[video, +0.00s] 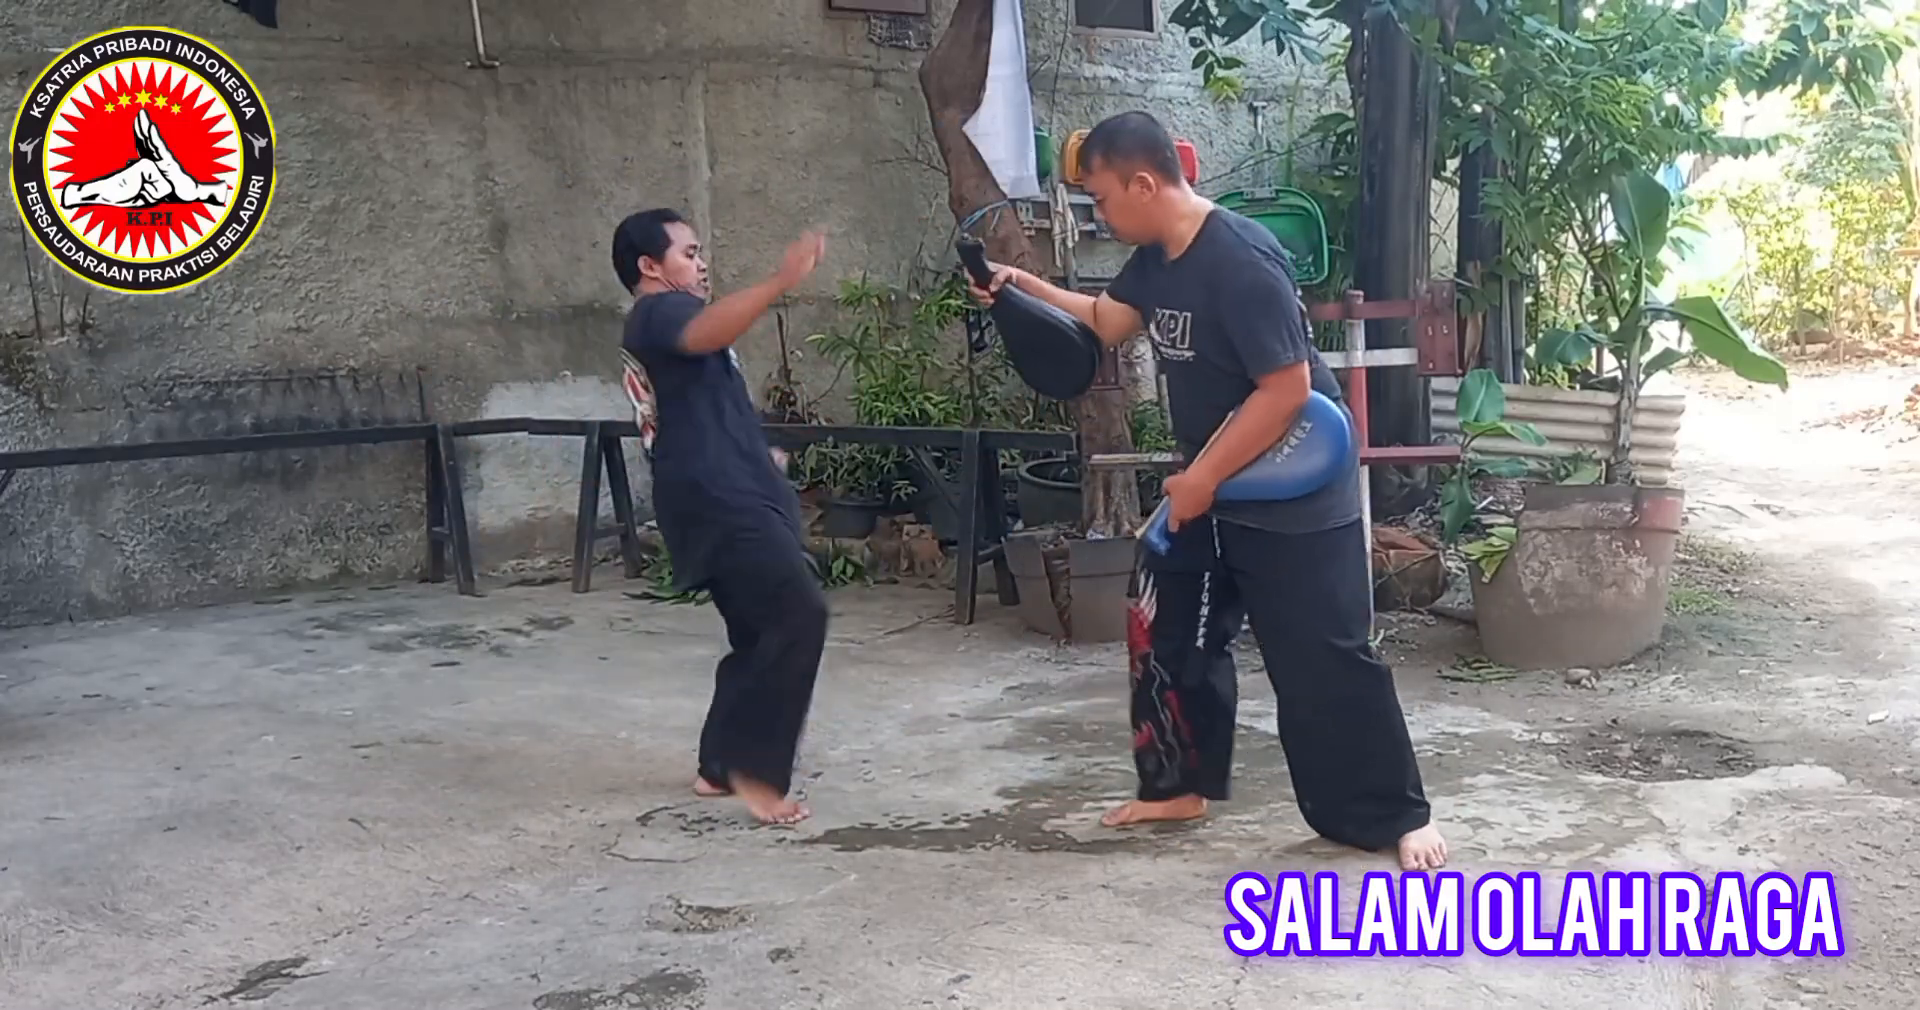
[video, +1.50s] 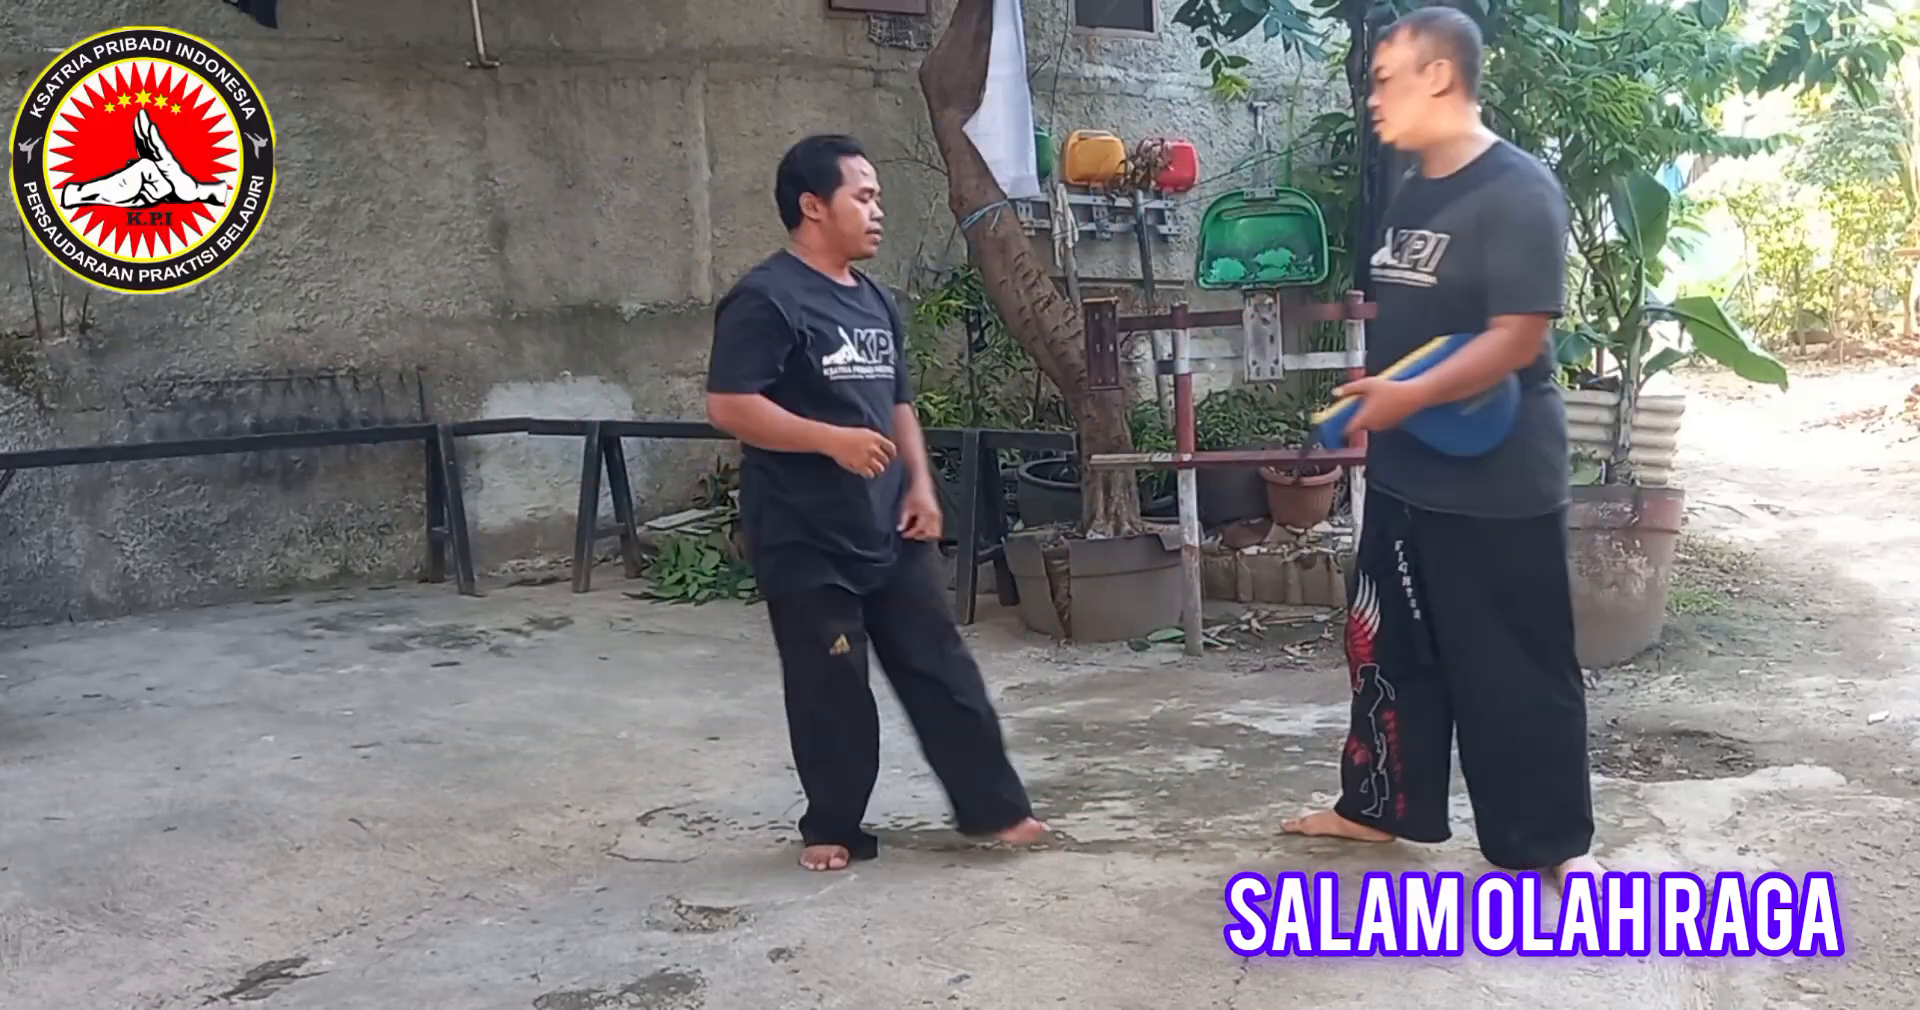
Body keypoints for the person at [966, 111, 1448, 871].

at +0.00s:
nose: (1099, 214)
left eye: (1102, 196)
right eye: (1095, 200)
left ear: (1150, 182)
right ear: (1148, 186)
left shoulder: (1243, 261)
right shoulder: (1156, 255)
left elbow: (1287, 386)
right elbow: (1107, 320)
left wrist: (1202, 475)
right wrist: (1021, 286)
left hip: (1298, 500)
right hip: (1213, 496)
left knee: (1330, 654)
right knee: (1182, 634)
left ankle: (1405, 818)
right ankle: (1182, 786)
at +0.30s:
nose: (1146, 202)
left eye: (1151, 186)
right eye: (1142, 188)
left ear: (1201, 174)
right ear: (1195, 176)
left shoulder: (1297, 261)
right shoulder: (1178, 240)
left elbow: (1348, 391)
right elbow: (1124, 275)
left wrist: (1277, 485)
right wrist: (1051, 238)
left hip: (1321, 484)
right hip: (1228, 482)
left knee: (1388, 643)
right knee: (1193, 634)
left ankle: (1490, 805)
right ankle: (1187, 791)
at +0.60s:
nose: (1283, 214)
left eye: (1289, 196)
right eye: (1278, 197)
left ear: (1348, 180)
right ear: (1330, 184)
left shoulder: (1471, 240)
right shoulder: (1291, 258)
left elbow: (1538, 364)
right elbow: (1217, 354)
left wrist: (1492, 465)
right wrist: (1182, 453)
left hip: (1482, 485)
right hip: (1363, 483)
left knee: (1536, 675)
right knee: (1291, 617)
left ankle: (1556, 858)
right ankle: (1323, 792)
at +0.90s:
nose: (1397, 155)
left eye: (1411, 136)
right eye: (1391, 137)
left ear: (1475, 123)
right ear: (1391, 128)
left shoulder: (1571, 216)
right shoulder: (1380, 194)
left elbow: (1611, 344)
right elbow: (1289, 275)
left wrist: (1593, 433)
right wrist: (1248, 352)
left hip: (1516, 481)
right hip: (1395, 470)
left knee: (1539, 665)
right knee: (1356, 633)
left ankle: (1556, 852)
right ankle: (1331, 797)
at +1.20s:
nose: (1441, 87)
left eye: (1456, 69)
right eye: (1439, 72)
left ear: (1523, 68)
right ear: (1459, 80)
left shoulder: (1607, 198)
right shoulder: (1435, 169)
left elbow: (1632, 344)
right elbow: (1402, 273)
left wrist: (1564, 420)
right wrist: (1378, 354)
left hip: (1539, 487)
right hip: (1420, 464)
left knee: (1539, 677)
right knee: (1365, 628)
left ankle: (1546, 854)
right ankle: (1327, 793)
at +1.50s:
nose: (1373, 102)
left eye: (1386, 82)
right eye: (1372, 86)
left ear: (1443, 79)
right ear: (1429, 86)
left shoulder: (1520, 188)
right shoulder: (1412, 188)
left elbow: (1522, 337)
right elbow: (1414, 326)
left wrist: (1409, 397)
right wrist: (1373, 411)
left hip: (1497, 483)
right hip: (1408, 468)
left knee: (1517, 671)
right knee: (1392, 647)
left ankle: (1543, 853)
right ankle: (1379, 806)